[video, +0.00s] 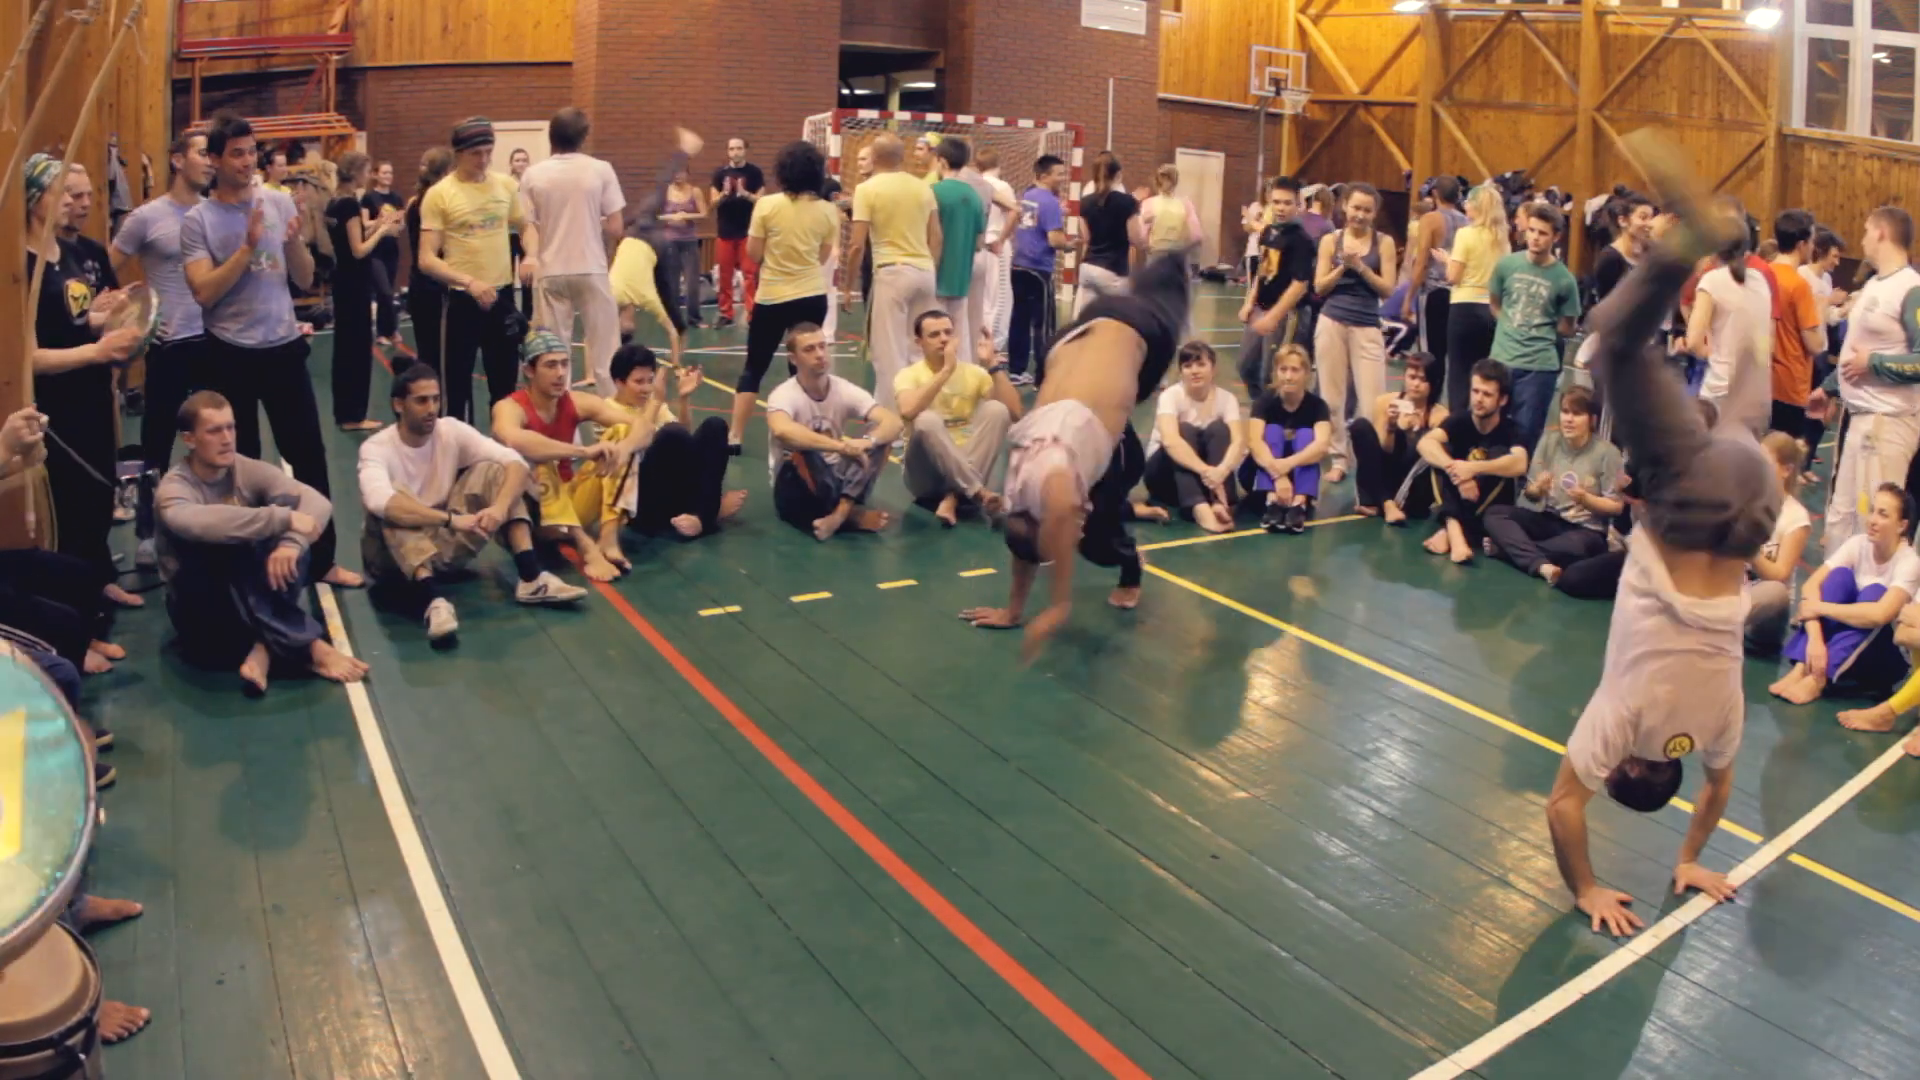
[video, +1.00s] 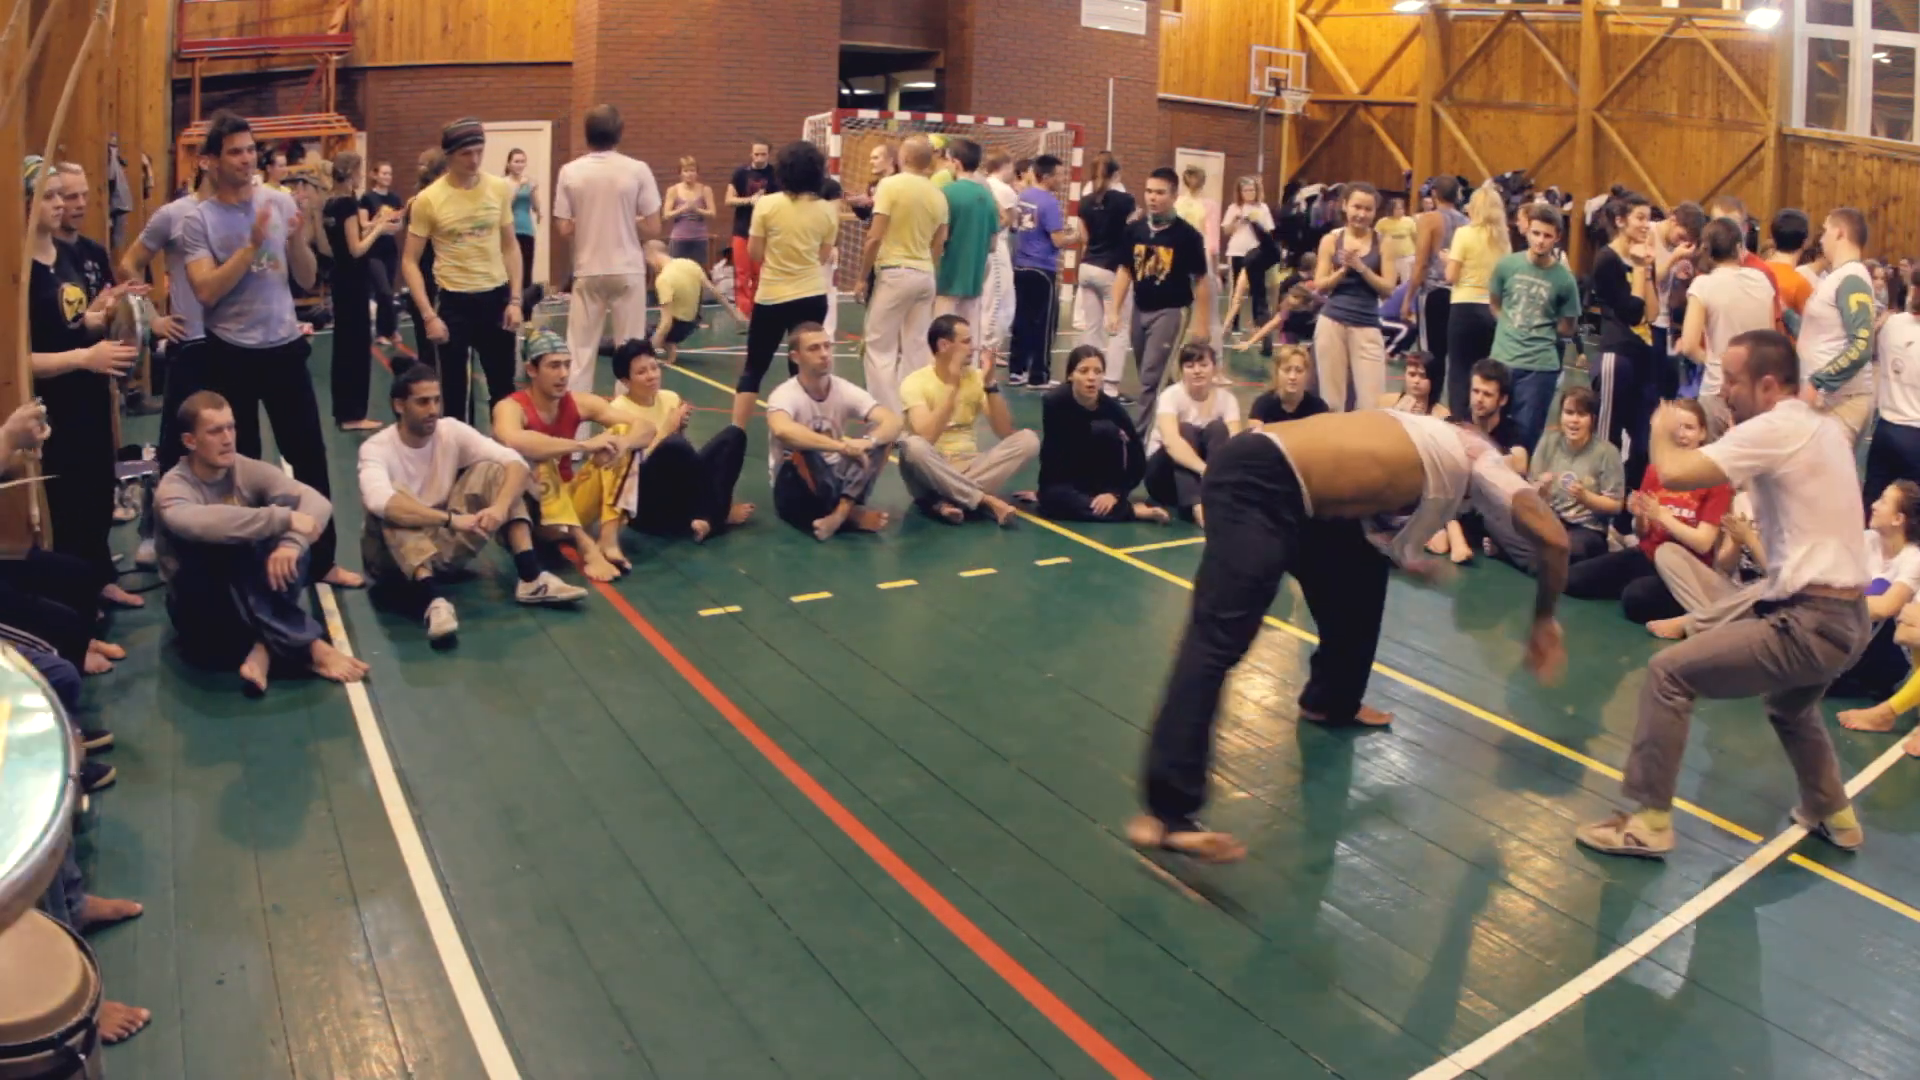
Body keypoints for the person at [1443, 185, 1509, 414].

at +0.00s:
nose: (1465, 206)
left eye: (1469, 202)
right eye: (1467, 201)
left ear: (1477, 207)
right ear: (1495, 208)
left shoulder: (1466, 234)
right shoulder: (1502, 237)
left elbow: (1454, 274)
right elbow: (1503, 273)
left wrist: (1445, 260)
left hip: (1464, 302)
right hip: (1491, 304)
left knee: (1459, 371)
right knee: (1484, 368)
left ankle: (1458, 423)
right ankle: (1483, 424)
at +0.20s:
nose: (1466, 205)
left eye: (1470, 201)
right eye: (1468, 201)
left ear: (1478, 207)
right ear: (1496, 208)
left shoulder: (1466, 233)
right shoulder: (1502, 236)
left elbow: (1454, 275)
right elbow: (1502, 271)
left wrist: (1446, 260)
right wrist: (1455, 259)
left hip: (1464, 303)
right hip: (1491, 304)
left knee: (1459, 370)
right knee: (1483, 369)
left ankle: (1458, 422)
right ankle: (1481, 422)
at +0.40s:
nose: (1468, 208)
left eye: (1472, 204)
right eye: (1470, 203)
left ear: (1477, 207)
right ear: (1499, 209)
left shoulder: (1465, 233)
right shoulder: (1503, 237)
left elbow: (1453, 275)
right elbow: (1504, 272)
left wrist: (1448, 260)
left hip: (1464, 302)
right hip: (1492, 304)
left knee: (1459, 370)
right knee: (1484, 368)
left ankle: (1459, 422)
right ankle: (1483, 424)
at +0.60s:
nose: (1471, 210)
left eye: (1473, 206)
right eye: (1473, 206)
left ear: (1476, 208)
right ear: (1501, 210)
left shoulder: (1465, 234)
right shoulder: (1504, 238)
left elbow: (1451, 273)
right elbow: (1506, 273)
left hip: (1464, 302)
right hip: (1492, 304)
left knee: (1459, 370)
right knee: (1484, 368)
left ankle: (1458, 422)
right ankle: (1482, 424)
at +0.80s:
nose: (1470, 207)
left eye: (1472, 203)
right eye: (1471, 203)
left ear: (1475, 207)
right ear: (1499, 209)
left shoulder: (1465, 233)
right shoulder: (1504, 237)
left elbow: (1452, 276)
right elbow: (1505, 273)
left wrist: (1448, 259)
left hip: (1464, 304)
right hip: (1492, 305)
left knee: (1459, 366)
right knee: (1483, 367)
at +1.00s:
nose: (1468, 208)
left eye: (1471, 205)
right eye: (1470, 205)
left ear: (1474, 208)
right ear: (1499, 210)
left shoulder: (1464, 233)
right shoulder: (1504, 237)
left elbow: (1452, 274)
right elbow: (1505, 273)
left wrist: (1447, 260)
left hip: (1464, 302)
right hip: (1492, 304)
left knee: (1458, 366)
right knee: (1484, 366)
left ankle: (1459, 417)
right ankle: (1483, 420)